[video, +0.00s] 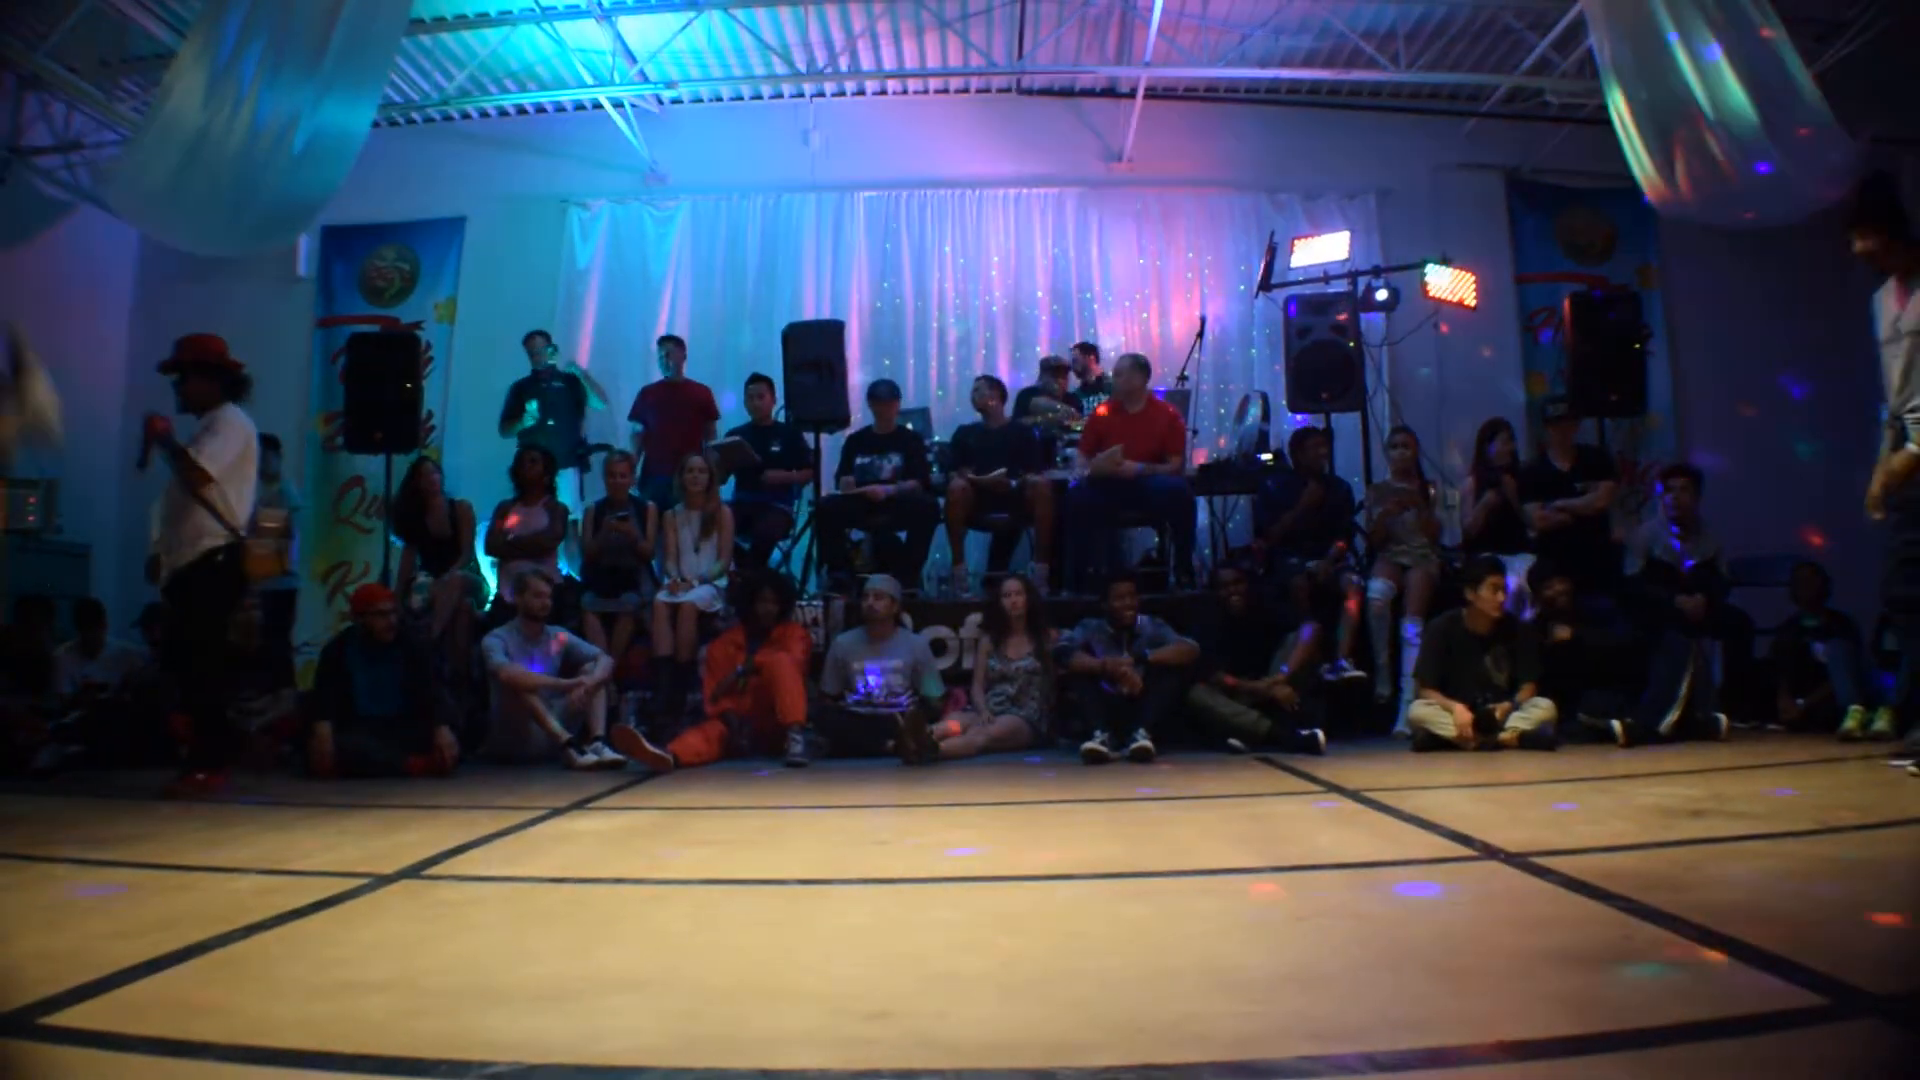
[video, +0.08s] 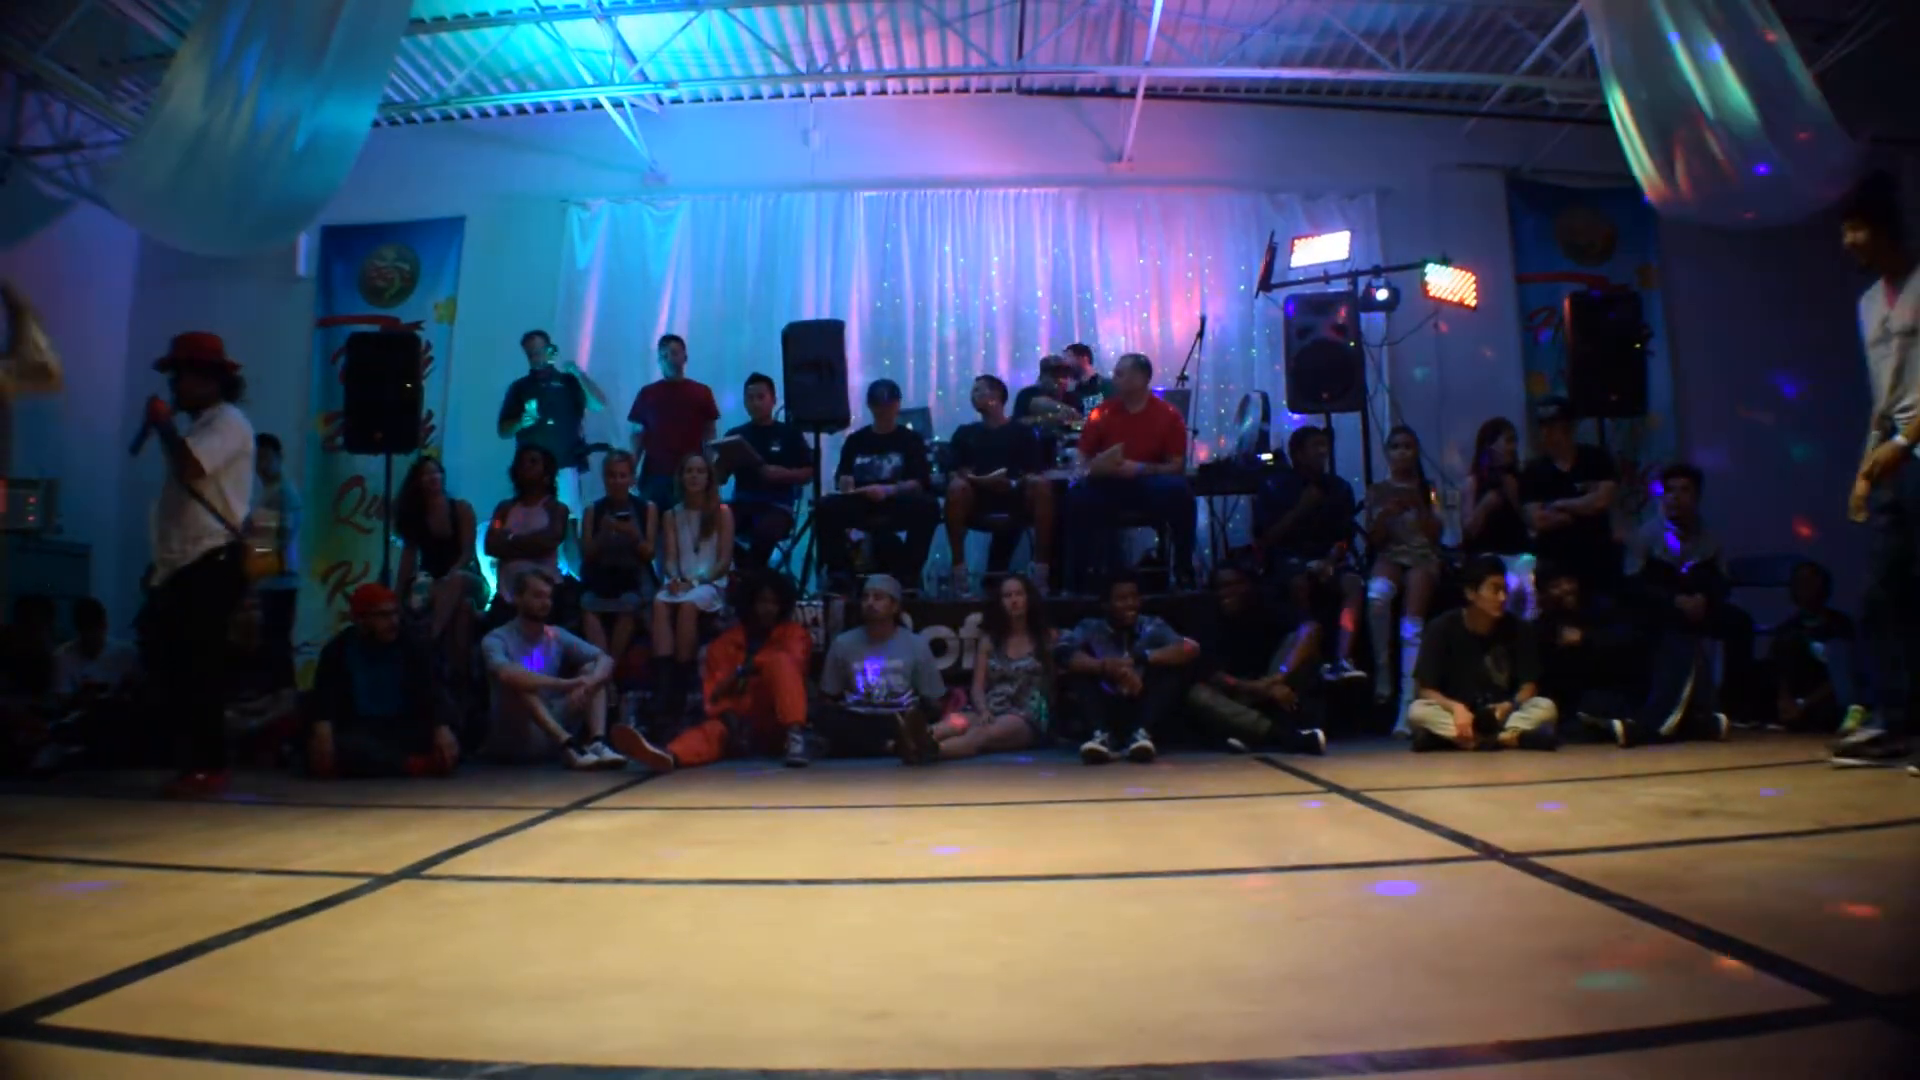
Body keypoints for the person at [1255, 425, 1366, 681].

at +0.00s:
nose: (1322, 454)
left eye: (1324, 447)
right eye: (1314, 449)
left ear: (1328, 451)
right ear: (1297, 454)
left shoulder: (1339, 487)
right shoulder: (1278, 486)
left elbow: (1345, 533)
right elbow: (1268, 535)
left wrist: (1330, 561)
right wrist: (1302, 507)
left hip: (1328, 556)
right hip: (1290, 555)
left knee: (1353, 585)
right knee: (1299, 583)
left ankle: (1342, 658)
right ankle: (1307, 658)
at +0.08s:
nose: (1322, 452)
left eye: (1324, 446)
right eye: (1315, 447)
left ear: (1329, 451)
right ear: (1296, 453)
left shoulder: (1338, 487)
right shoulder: (1277, 486)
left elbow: (1345, 534)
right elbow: (1266, 536)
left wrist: (1331, 561)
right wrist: (1301, 509)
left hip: (1327, 556)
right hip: (1290, 556)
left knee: (1353, 584)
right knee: (1299, 582)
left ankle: (1342, 659)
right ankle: (1309, 658)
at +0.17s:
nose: (1321, 451)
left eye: (1323, 445)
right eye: (1314, 445)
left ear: (1327, 451)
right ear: (1296, 452)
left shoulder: (1339, 487)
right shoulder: (1276, 486)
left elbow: (1346, 532)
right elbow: (1266, 535)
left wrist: (1332, 561)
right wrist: (1300, 510)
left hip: (1328, 557)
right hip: (1290, 557)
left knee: (1353, 583)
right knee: (1300, 582)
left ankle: (1343, 657)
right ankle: (1308, 658)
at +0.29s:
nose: (1320, 451)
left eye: (1322, 445)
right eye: (1314, 446)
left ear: (1326, 450)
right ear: (1295, 452)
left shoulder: (1337, 486)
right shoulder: (1276, 486)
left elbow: (1346, 532)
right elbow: (1265, 535)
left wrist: (1330, 561)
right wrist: (1298, 514)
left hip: (1327, 556)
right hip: (1289, 556)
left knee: (1353, 583)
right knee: (1300, 582)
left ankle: (1342, 658)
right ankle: (1308, 658)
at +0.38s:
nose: (1320, 452)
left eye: (1322, 446)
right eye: (1313, 446)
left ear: (1327, 451)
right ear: (1295, 452)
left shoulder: (1338, 486)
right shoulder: (1275, 487)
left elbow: (1345, 532)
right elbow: (1264, 537)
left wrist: (1331, 560)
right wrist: (1300, 533)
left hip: (1329, 557)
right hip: (1290, 557)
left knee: (1353, 584)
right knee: (1300, 583)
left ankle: (1342, 658)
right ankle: (1309, 659)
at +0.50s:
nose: (1323, 450)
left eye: (1324, 444)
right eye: (1317, 445)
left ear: (1326, 449)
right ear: (1297, 451)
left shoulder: (1338, 486)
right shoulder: (1276, 486)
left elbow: (1346, 531)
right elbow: (1264, 536)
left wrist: (1334, 557)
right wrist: (1296, 549)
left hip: (1329, 558)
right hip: (1292, 560)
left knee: (1353, 584)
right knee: (1298, 584)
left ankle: (1342, 658)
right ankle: (1308, 659)